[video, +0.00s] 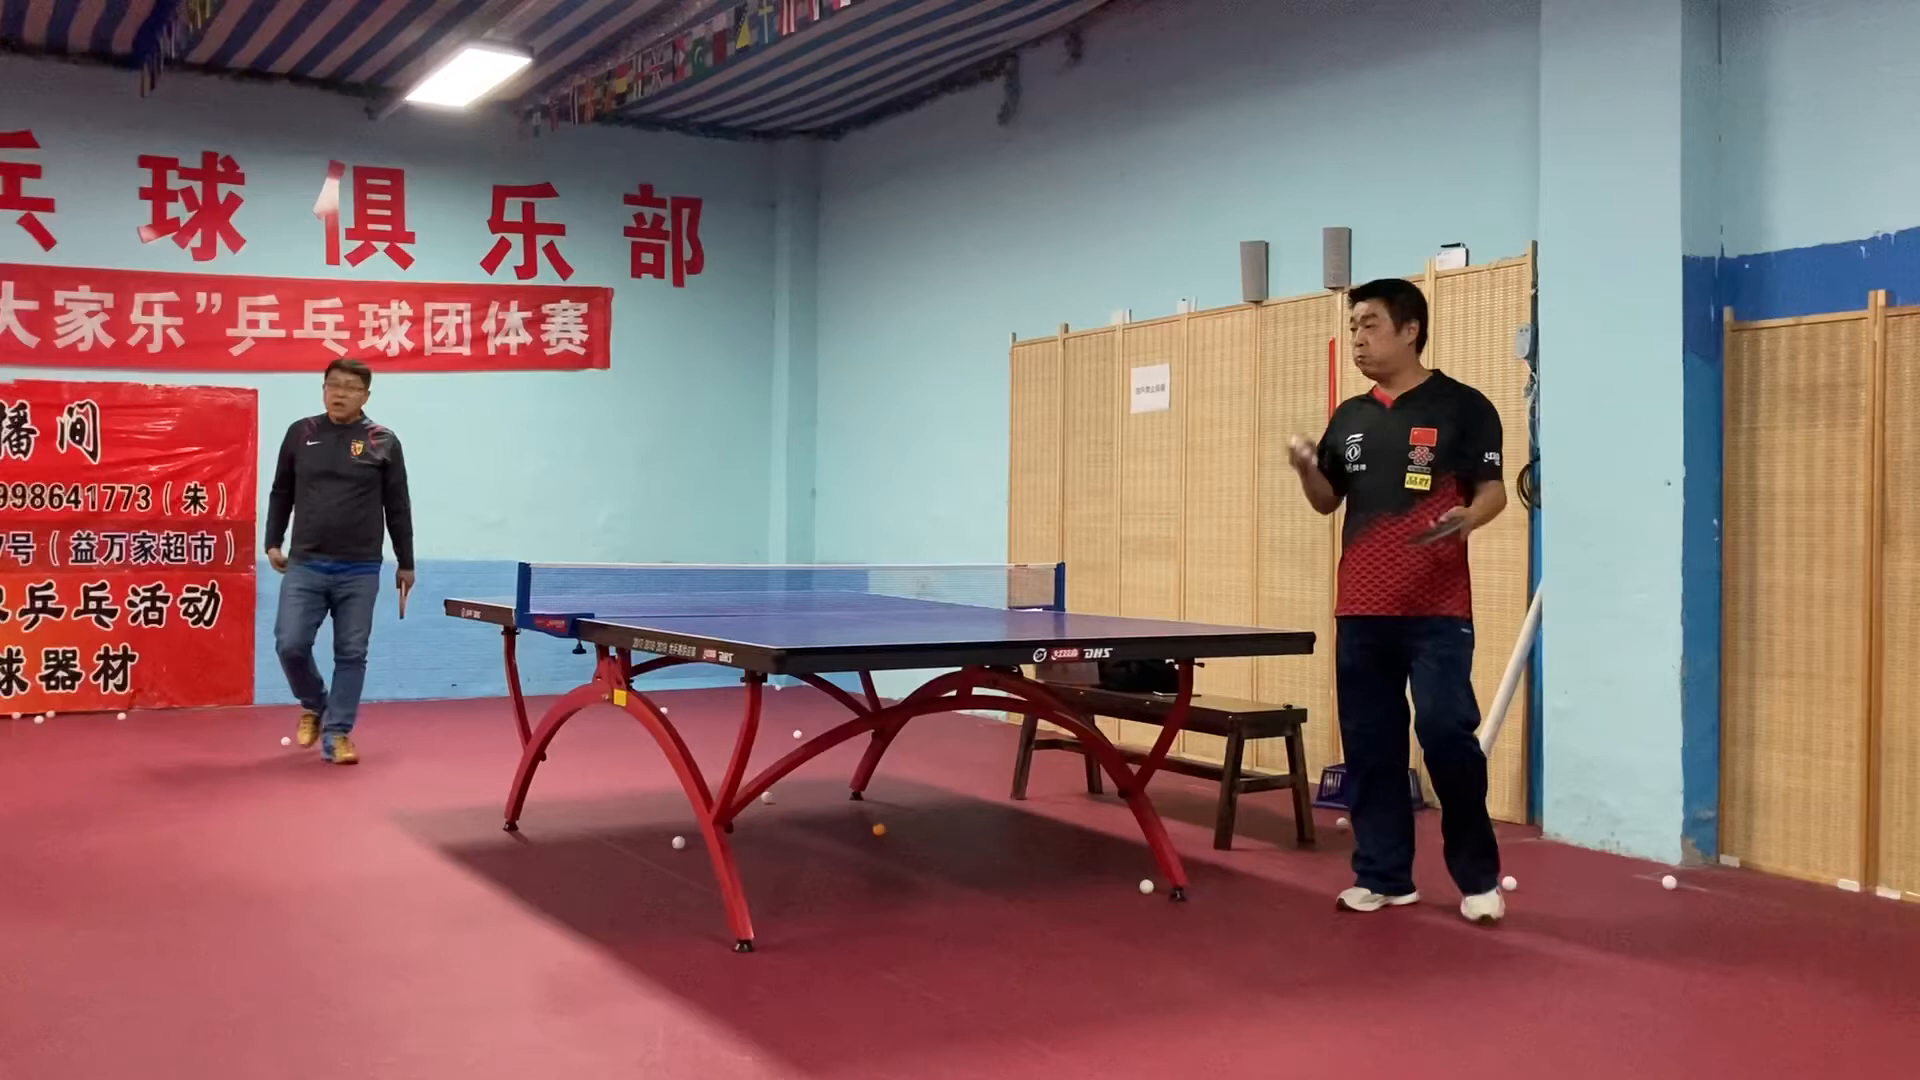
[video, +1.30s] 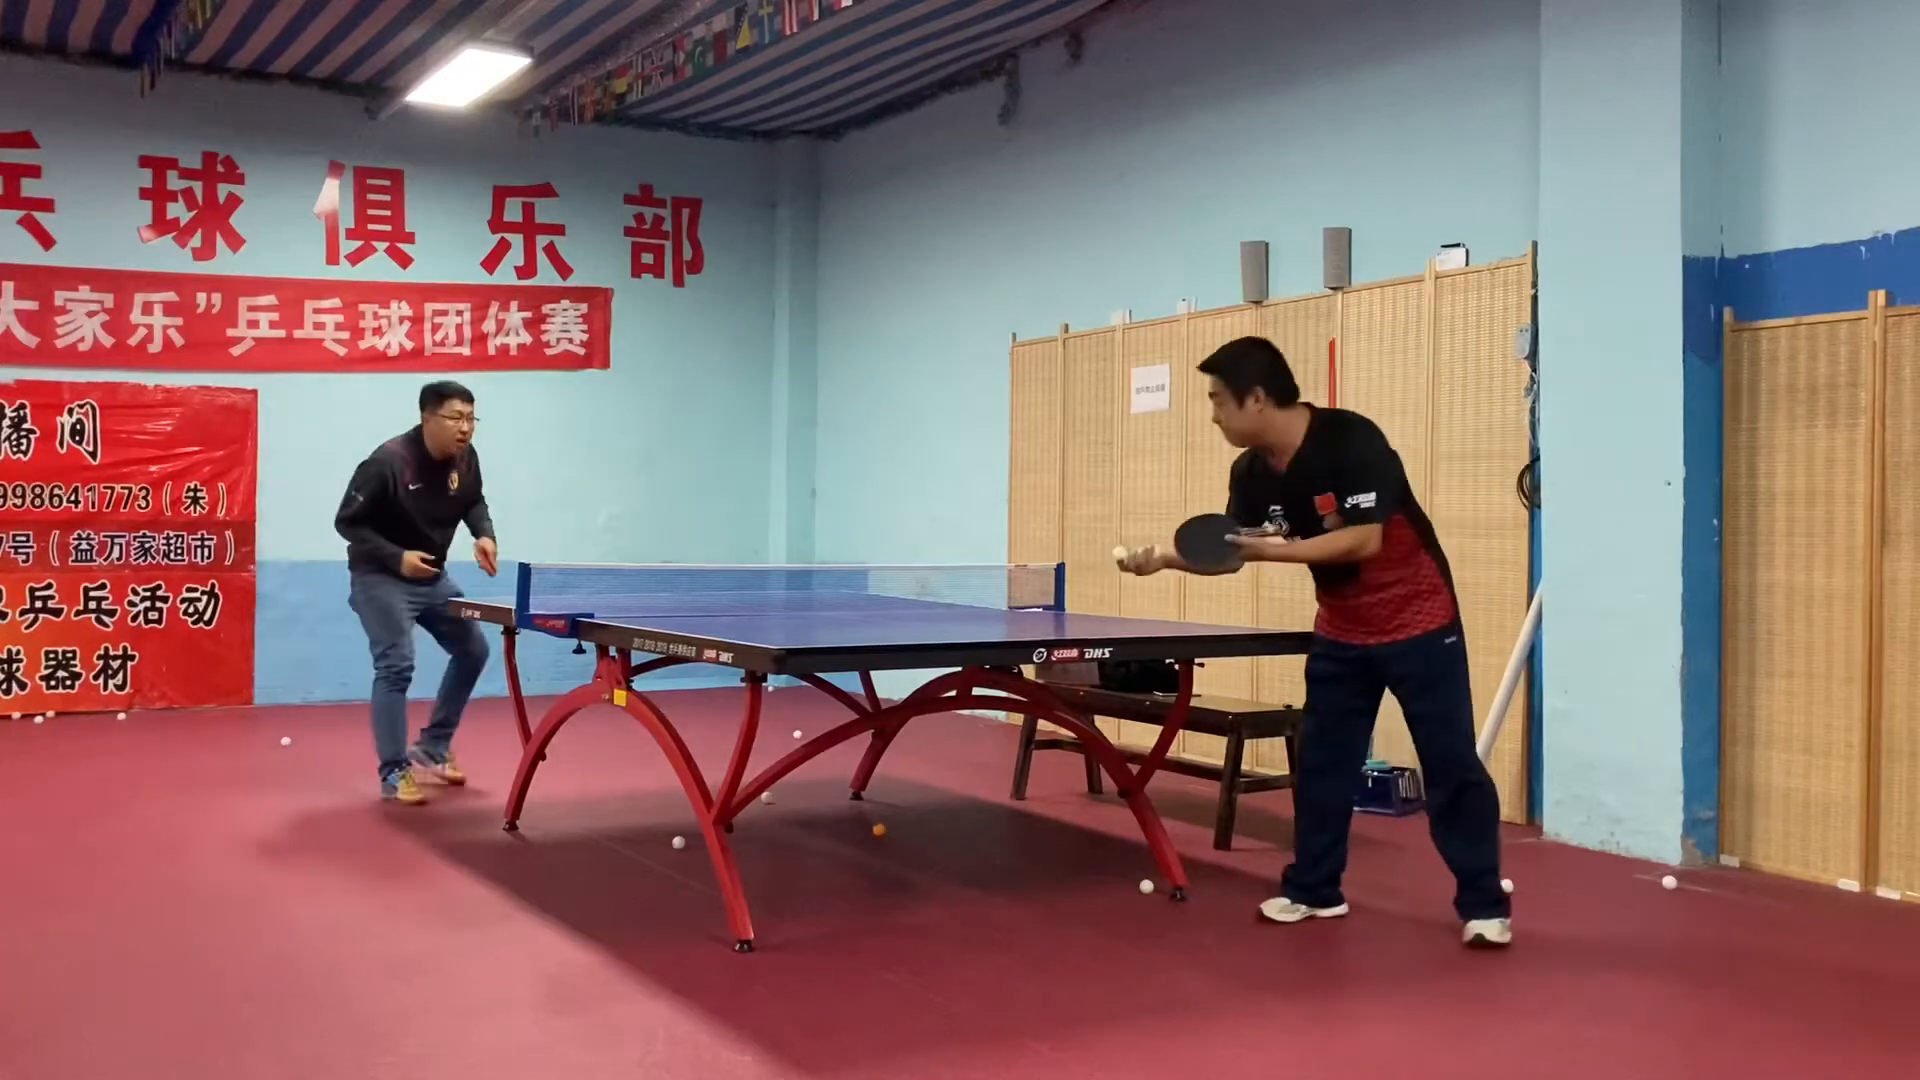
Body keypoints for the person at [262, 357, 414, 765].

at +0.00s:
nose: (339, 395)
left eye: (350, 389)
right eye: (333, 386)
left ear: (365, 395)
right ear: (324, 389)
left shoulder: (383, 442)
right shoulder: (301, 433)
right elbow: (282, 490)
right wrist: (273, 541)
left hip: (360, 569)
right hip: (305, 565)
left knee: (351, 652)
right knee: (290, 646)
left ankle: (339, 733)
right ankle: (314, 705)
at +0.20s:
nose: (362, 397)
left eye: (368, 389)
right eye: (353, 388)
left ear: (374, 394)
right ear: (332, 389)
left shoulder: (386, 441)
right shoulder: (300, 433)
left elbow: (417, 494)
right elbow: (280, 490)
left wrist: (416, 530)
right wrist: (273, 540)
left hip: (362, 570)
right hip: (308, 565)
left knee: (353, 657)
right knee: (298, 646)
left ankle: (338, 736)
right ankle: (294, 739)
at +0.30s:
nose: (370, 407)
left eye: (375, 400)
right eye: (361, 399)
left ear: (380, 402)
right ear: (337, 397)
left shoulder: (385, 441)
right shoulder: (300, 437)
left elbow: (418, 469)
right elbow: (271, 492)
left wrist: (430, 483)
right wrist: (273, 544)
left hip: (364, 574)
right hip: (312, 571)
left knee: (354, 662)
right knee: (306, 653)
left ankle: (338, 734)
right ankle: (298, 742)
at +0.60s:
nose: (380, 395)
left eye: (386, 387)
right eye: (371, 385)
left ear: (391, 392)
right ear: (347, 385)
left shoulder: (395, 437)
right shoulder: (308, 430)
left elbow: (430, 484)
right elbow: (280, 492)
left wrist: (433, 475)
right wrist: (292, 545)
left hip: (377, 571)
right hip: (321, 571)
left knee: (405, 646)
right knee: (315, 657)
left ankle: (371, 733)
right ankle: (306, 748)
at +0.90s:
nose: (436, 398)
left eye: (441, 391)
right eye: (427, 389)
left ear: (444, 398)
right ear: (401, 391)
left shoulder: (440, 446)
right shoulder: (360, 433)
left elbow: (443, 501)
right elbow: (318, 490)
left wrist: (440, 533)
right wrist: (322, 551)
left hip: (415, 578)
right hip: (359, 576)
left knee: (429, 662)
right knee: (341, 660)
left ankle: (416, 761)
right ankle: (313, 742)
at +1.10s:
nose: (457, 400)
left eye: (463, 392)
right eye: (448, 390)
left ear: (465, 397)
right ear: (422, 391)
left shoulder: (461, 442)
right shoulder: (379, 432)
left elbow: (471, 491)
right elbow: (331, 483)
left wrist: (473, 526)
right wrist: (349, 537)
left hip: (428, 575)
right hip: (376, 571)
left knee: (433, 666)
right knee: (374, 656)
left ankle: (417, 761)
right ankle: (361, 761)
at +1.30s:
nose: (465, 428)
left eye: (470, 419)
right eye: (455, 419)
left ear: (472, 422)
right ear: (426, 419)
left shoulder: (465, 457)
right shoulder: (388, 462)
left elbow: (473, 502)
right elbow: (347, 521)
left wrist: (484, 535)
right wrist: (396, 557)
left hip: (431, 578)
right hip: (380, 579)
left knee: (472, 651)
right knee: (395, 664)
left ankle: (433, 748)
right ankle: (393, 772)